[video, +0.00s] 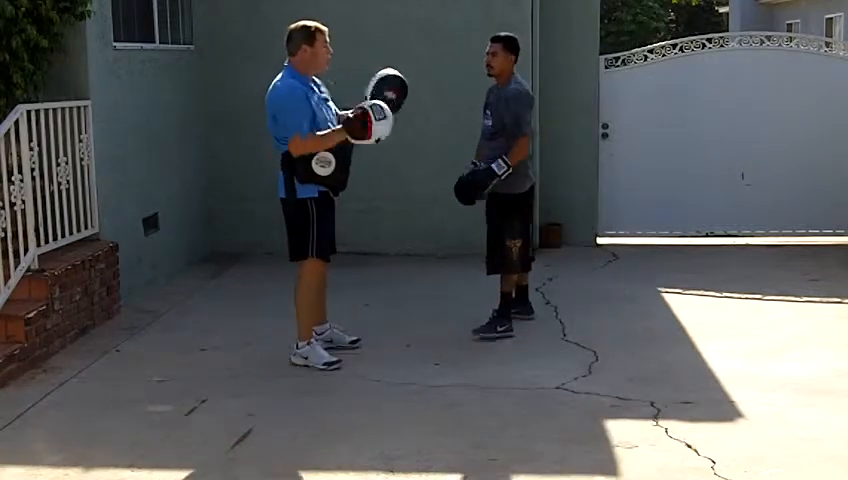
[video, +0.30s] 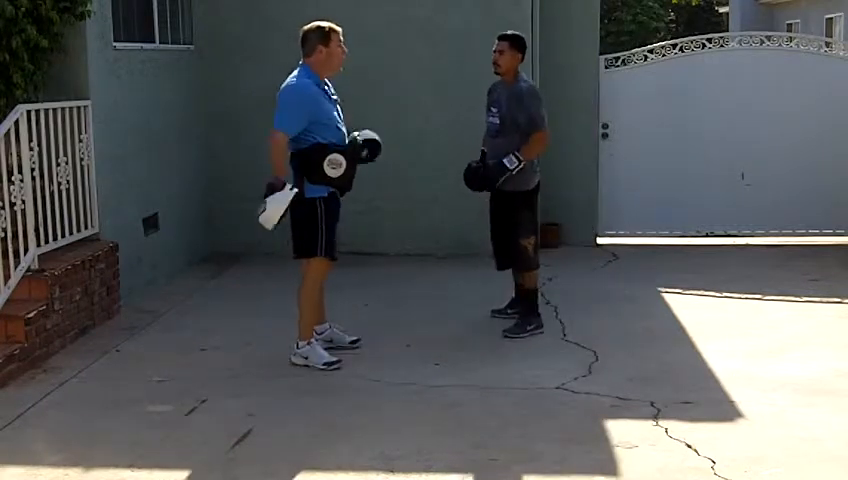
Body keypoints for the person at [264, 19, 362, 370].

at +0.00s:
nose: (330, 51)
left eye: (329, 45)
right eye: (325, 45)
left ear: (306, 51)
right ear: (305, 51)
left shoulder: (309, 82)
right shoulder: (288, 89)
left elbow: (328, 119)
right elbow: (298, 145)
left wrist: (357, 116)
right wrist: (344, 132)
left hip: (318, 186)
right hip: (301, 190)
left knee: (321, 260)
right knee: (311, 262)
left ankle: (320, 329)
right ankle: (304, 345)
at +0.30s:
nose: (345, 53)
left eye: (343, 46)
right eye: (340, 46)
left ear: (320, 51)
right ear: (321, 50)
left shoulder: (318, 83)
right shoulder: (298, 88)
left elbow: (326, 133)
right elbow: (279, 138)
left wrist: (353, 145)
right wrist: (279, 184)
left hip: (326, 190)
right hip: (311, 192)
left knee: (322, 261)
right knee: (316, 263)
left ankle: (319, 330)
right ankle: (304, 344)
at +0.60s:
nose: (343, 52)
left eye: (342, 46)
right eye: (339, 46)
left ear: (311, 51)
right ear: (322, 49)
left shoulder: (289, 84)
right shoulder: (321, 79)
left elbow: (274, 134)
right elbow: (328, 113)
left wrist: (306, 153)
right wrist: (355, 130)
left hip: (301, 187)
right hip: (320, 188)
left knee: (312, 261)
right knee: (319, 262)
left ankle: (318, 329)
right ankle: (305, 344)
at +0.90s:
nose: (341, 51)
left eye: (339, 45)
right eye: (336, 45)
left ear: (309, 52)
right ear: (318, 50)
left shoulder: (284, 87)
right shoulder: (329, 79)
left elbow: (272, 140)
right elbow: (380, 87)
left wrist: (313, 151)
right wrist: (431, 70)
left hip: (301, 189)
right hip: (323, 189)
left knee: (313, 260)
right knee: (321, 261)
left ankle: (319, 328)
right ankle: (305, 345)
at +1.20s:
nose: (341, 54)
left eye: (340, 48)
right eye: (337, 48)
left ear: (309, 52)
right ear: (320, 50)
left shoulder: (284, 87)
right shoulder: (331, 81)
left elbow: (270, 140)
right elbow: (376, 104)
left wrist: (304, 157)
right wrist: (405, 99)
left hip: (299, 187)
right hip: (325, 188)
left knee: (311, 261)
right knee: (321, 262)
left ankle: (320, 330)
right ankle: (305, 344)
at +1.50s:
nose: (343, 53)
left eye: (342, 47)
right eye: (339, 47)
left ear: (314, 52)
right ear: (319, 50)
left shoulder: (291, 85)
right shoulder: (323, 85)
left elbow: (282, 140)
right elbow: (346, 135)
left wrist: (325, 147)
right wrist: (381, 155)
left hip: (305, 187)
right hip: (320, 190)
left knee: (317, 260)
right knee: (318, 262)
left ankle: (320, 329)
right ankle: (305, 345)